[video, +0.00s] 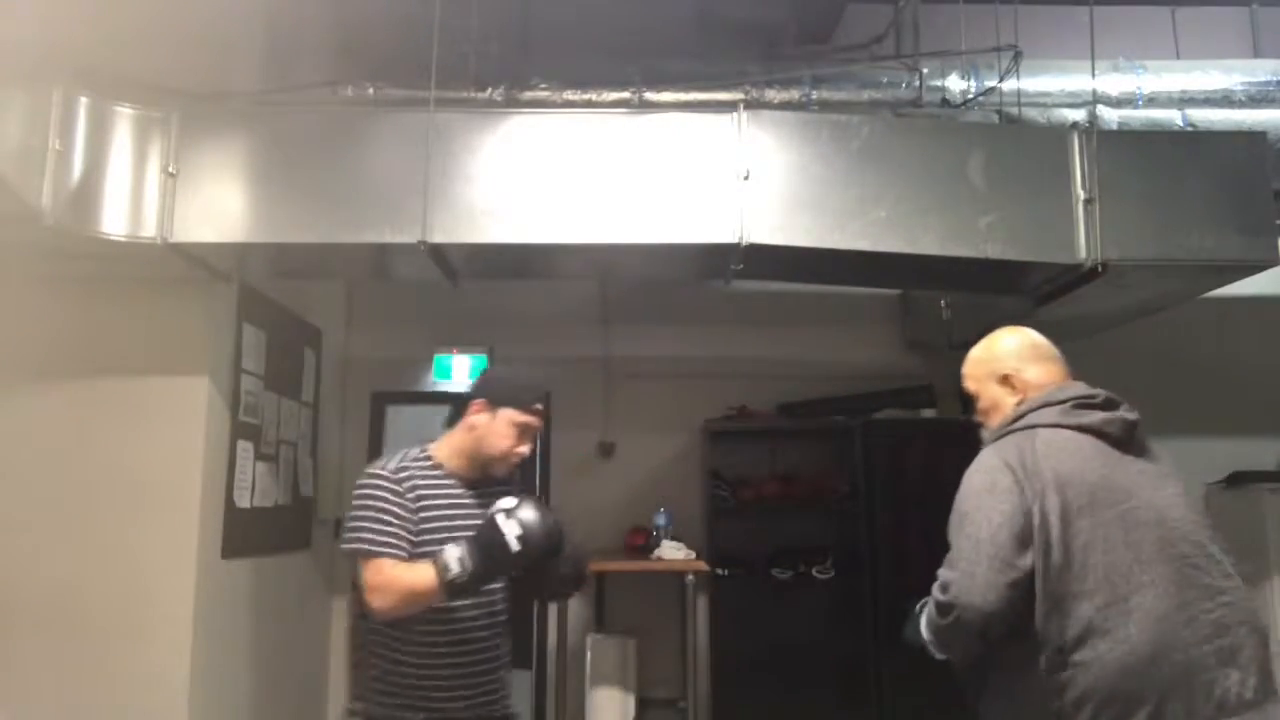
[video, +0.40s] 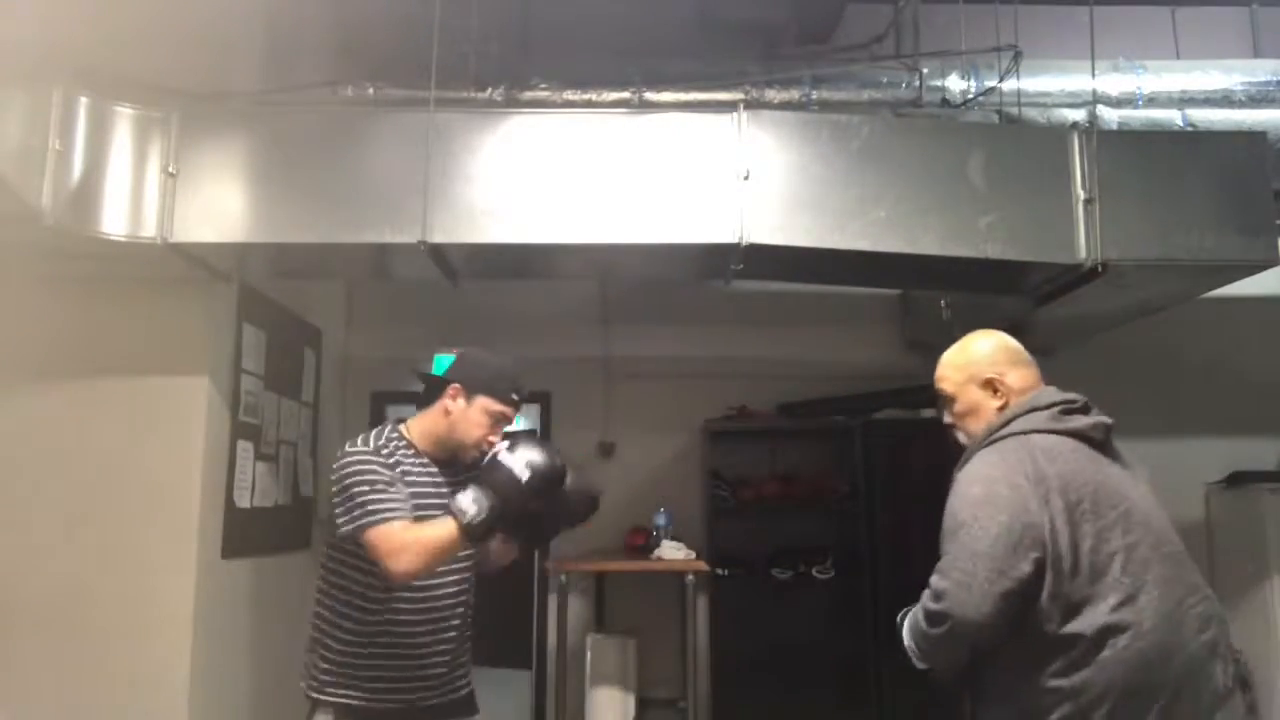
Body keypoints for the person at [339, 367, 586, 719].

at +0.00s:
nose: (527, 451)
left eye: (533, 440)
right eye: (520, 432)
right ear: (477, 412)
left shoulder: (497, 492)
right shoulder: (390, 480)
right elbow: (382, 594)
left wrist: (548, 573)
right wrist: (477, 556)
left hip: (488, 704)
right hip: (405, 707)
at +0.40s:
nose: (498, 440)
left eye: (504, 427)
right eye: (495, 420)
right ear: (453, 399)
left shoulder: (458, 470)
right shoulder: (365, 459)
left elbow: (481, 559)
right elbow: (400, 559)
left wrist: (532, 523)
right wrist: (483, 500)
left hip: (449, 699)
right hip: (360, 703)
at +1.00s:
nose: (465, 434)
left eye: (470, 421)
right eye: (460, 413)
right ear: (413, 395)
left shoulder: (428, 473)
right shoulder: (321, 464)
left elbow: (444, 560)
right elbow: (352, 570)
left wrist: (499, 556)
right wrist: (441, 507)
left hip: (425, 704)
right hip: (333, 709)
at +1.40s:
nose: (459, 435)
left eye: (461, 421)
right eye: (446, 417)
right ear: (395, 418)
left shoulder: (434, 487)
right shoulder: (328, 492)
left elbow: (443, 597)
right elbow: (377, 605)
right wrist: (472, 554)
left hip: (425, 707)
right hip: (331, 710)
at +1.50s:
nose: (486, 435)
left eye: (486, 420)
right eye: (470, 417)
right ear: (419, 422)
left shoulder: (462, 493)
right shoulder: (354, 498)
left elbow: (470, 590)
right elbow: (413, 609)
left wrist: (509, 621)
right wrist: (491, 540)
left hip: (454, 707)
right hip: (365, 711)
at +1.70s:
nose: (572, 446)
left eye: (573, 432)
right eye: (557, 431)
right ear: (506, 437)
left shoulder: (568, 497)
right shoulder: (450, 507)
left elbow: (672, 471)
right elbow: (484, 606)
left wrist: (744, 444)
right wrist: (558, 527)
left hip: (549, 705)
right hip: (460, 708)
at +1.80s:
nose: (602, 458)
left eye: (604, 442)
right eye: (587, 441)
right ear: (537, 442)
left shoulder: (601, 490)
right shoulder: (474, 515)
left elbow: (678, 497)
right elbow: (507, 630)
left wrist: (725, 479)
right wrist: (587, 554)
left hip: (596, 706)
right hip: (497, 710)